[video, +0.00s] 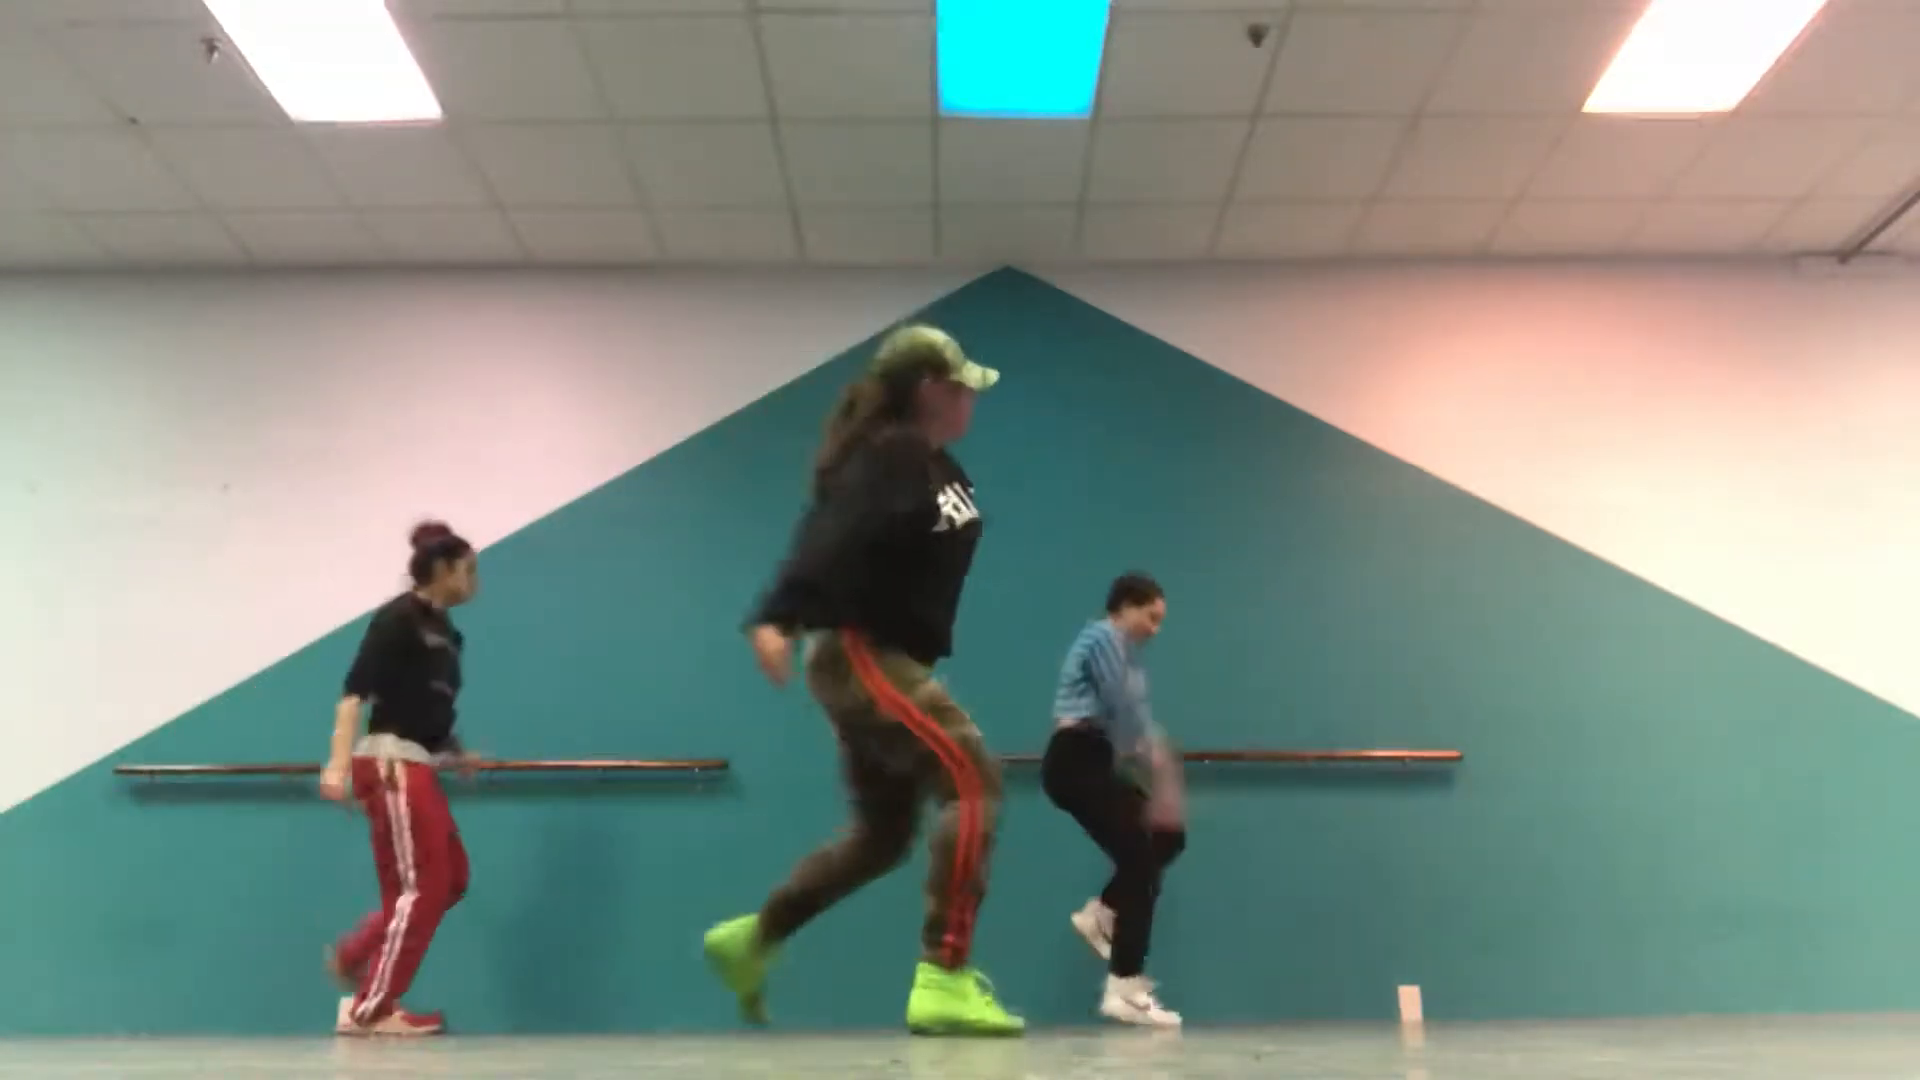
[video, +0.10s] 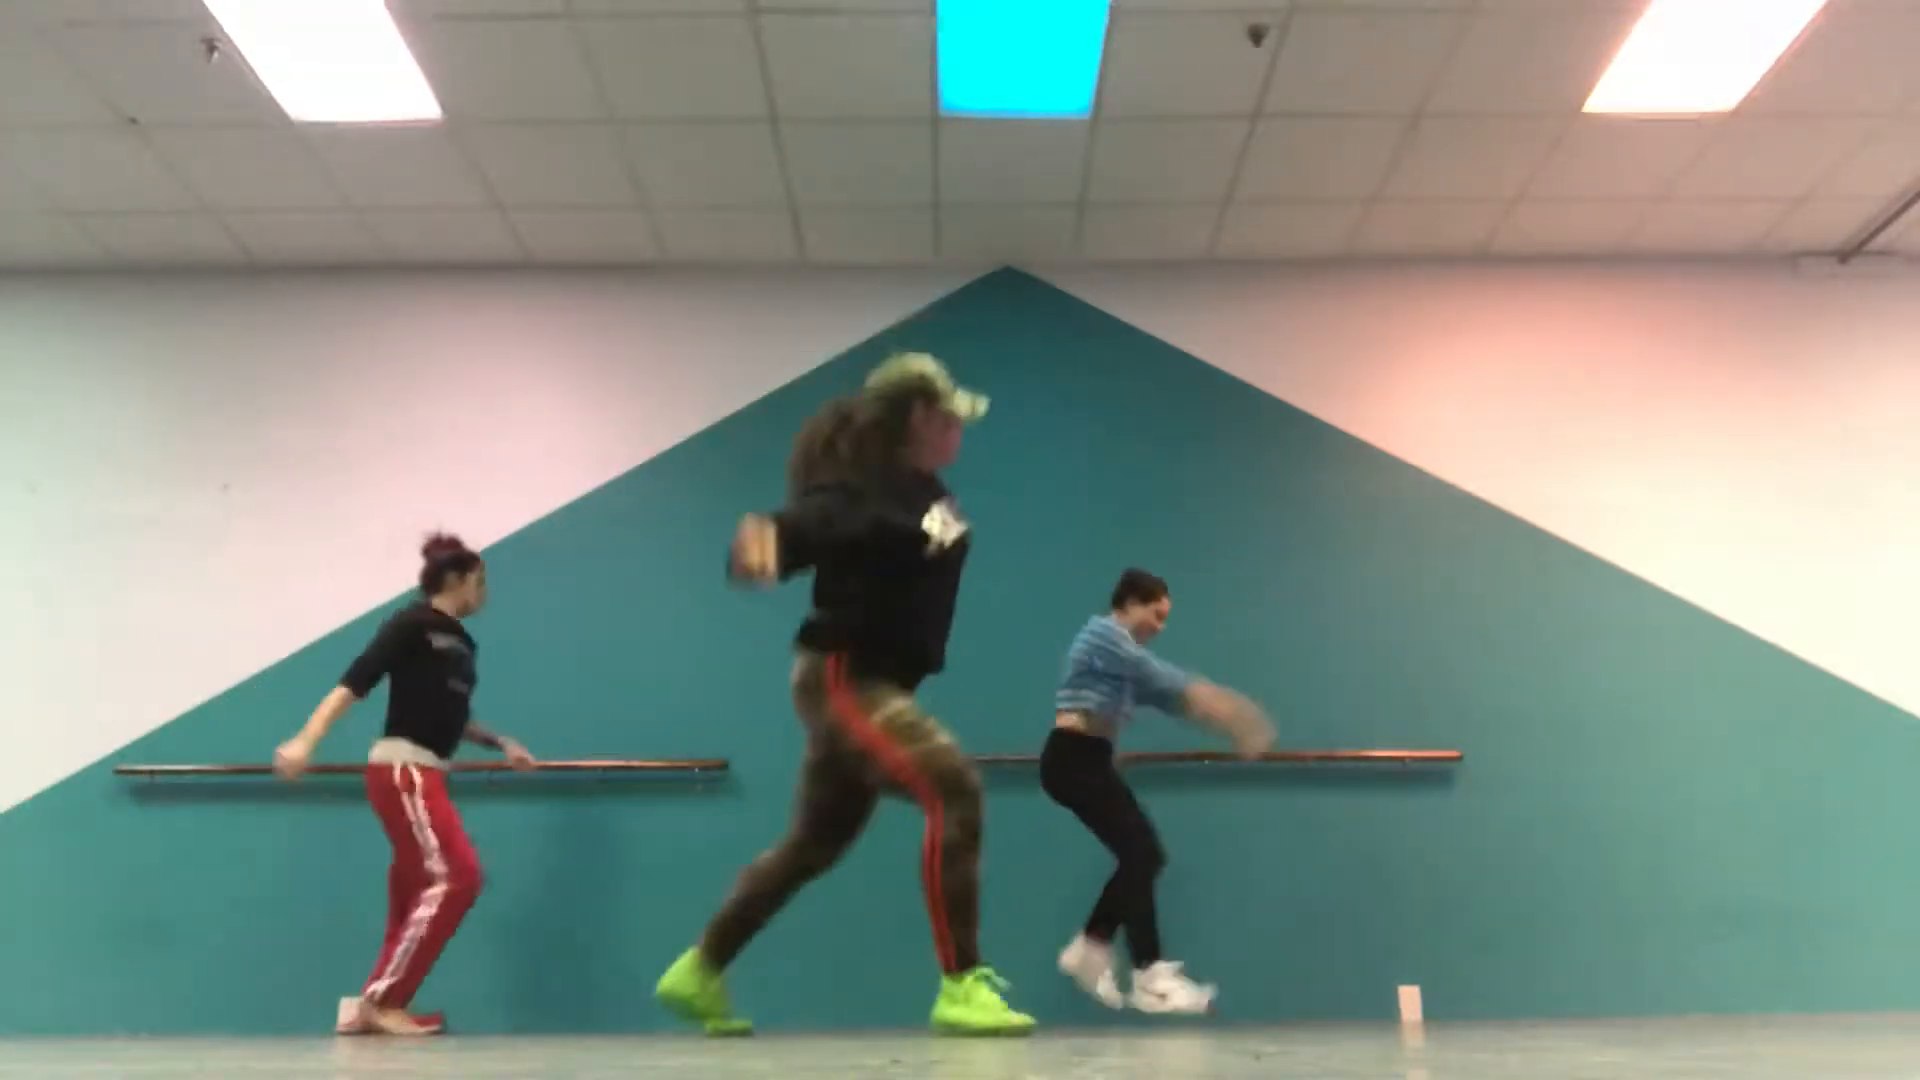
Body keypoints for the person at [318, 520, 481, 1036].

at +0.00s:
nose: (474, 579)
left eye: (473, 569)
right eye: (468, 569)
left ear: (442, 572)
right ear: (442, 570)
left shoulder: (446, 631)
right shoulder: (395, 618)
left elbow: (429, 705)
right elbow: (353, 694)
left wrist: (455, 752)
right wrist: (339, 762)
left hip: (418, 764)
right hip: (389, 760)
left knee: (452, 878)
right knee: (419, 884)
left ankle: (352, 954)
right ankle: (372, 1009)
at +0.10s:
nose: (485, 589)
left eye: (484, 580)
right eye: (480, 580)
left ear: (455, 582)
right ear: (455, 581)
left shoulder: (461, 640)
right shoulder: (411, 621)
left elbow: (451, 719)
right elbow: (353, 684)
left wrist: (503, 744)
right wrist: (304, 742)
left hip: (421, 773)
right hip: (400, 770)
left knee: (414, 887)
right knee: (457, 876)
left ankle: (375, 1003)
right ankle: (386, 1002)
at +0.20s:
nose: (491, 608)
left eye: (491, 598)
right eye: (486, 598)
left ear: (463, 599)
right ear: (463, 598)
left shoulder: (478, 662)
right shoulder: (421, 642)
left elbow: (500, 719)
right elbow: (355, 685)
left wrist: (536, 755)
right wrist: (290, 722)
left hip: (419, 789)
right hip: (406, 786)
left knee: (434, 904)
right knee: (484, 874)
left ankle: (378, 1007)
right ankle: (397, 988)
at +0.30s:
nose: (508, 603)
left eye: (507, 593)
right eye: (503, 592)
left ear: (478, 592)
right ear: (479, 591)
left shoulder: (492, 655)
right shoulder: (439, 634)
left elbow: (512, 724)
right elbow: (381, 678)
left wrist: (523, 772)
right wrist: (331, 713)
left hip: (434, 782)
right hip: (420, 779)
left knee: (436, 898)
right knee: (492, 873)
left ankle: (380, 1005)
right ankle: (416, 990)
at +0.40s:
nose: (526, 592)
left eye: (525, 581)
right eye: (522, 581)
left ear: (494, 581)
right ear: (500, 580)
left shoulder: (490, 636)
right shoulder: (460, 623)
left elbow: (476, 715)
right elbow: (422, 690)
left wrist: (489, 779)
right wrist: (399, 745)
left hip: (454, 768)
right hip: (442, 766)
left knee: (435, 893)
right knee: (488, 883)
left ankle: (376, 1004)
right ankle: (424, 1009)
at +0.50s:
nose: (535, 592)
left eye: (534, 581)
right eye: (532, 581)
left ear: (494, 579)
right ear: (514, 579)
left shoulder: (467, 624)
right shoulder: (488, 629)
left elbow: (478, 719)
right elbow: (490, 723)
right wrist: (499, 793)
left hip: (438, 765)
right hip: (458, 767)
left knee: (472, 895)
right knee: (494, 895)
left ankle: (373, 920)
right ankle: (424, 1012)